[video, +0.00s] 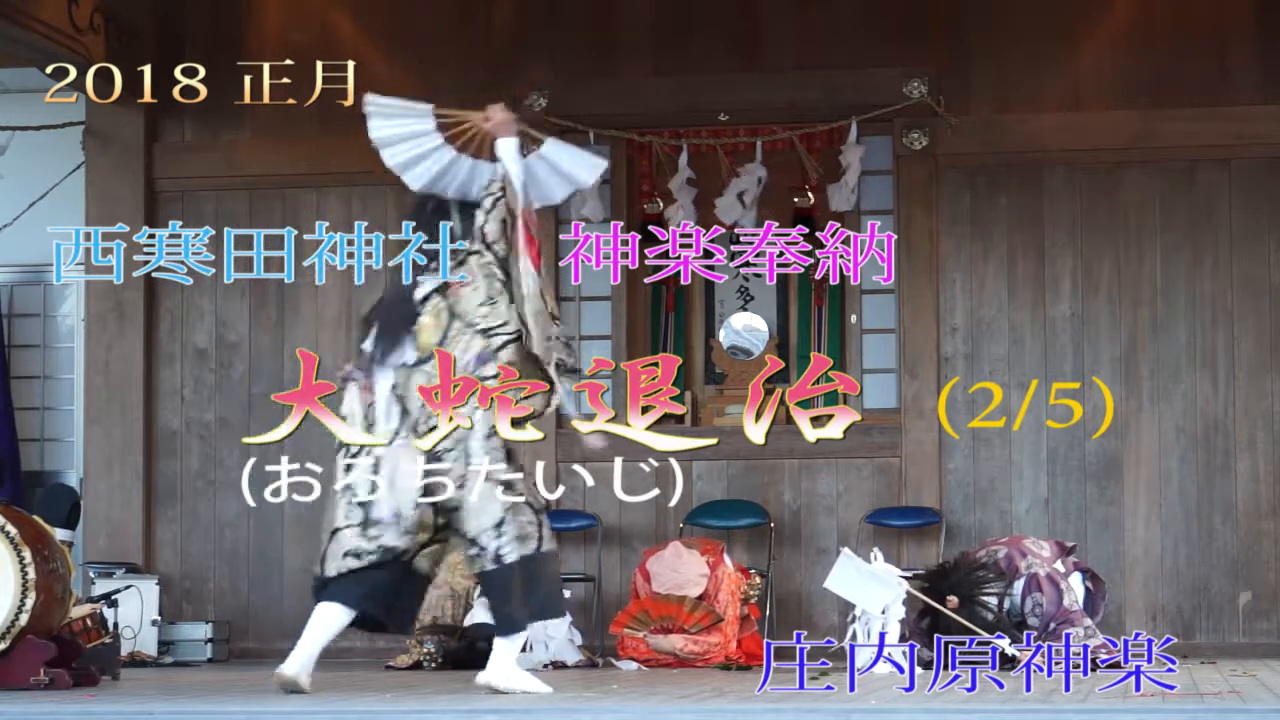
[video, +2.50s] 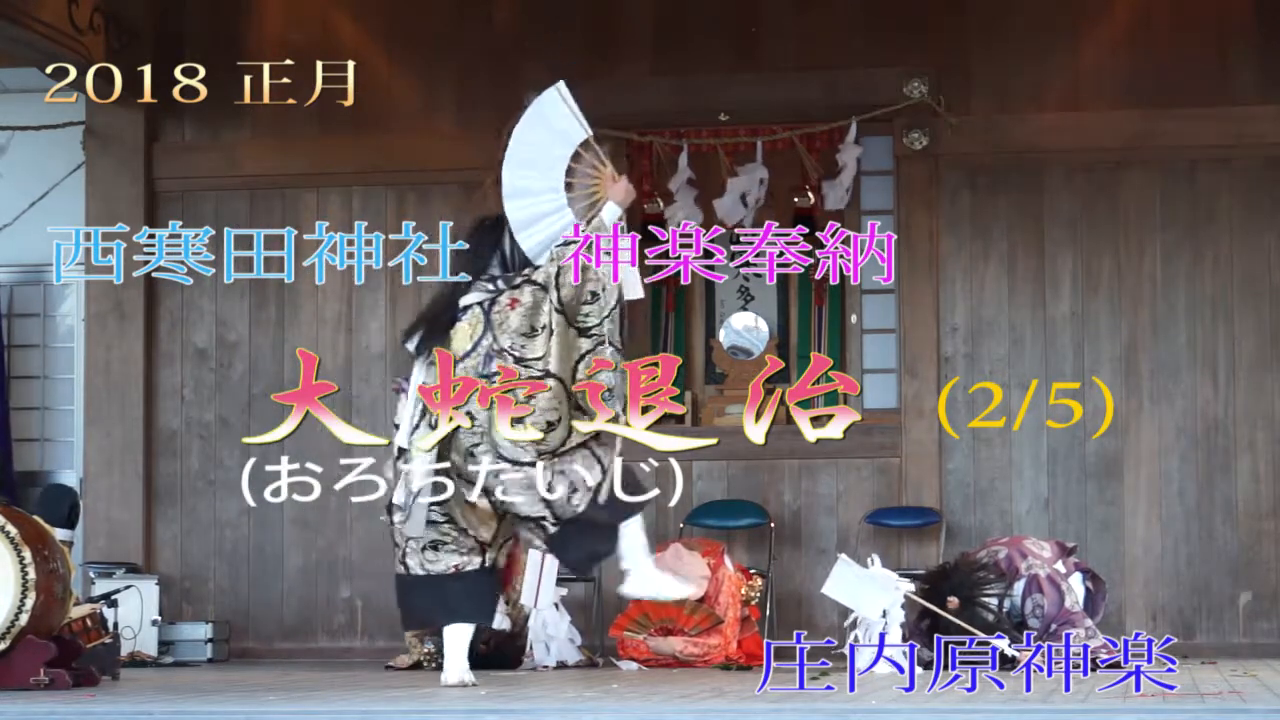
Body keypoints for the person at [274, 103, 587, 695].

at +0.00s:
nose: (482, 255)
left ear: (416, 243)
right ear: (464, 243)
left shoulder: (395, 308)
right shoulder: (477, 284)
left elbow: (372, 385)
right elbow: (502, 210)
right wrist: (507, 142)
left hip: (395, 452)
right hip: (464, 449)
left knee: (376, 548)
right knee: (516, 536)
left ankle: (303, 657)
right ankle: (505, 661)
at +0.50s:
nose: (544, 226)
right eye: (538, 218)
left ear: (475, 229)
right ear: (532, 225)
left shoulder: (459, 292)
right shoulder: (552, 274)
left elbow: (390, 342)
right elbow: (598, 226)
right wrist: (644, 161)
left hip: (494, 437)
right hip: (539, 438)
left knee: (545, 524)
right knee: (532, 539)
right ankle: (507, 664)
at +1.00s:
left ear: (444, 233)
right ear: (508, 235)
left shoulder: (416, 298)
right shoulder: (527, 288)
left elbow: (382, 375)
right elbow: (582, 239)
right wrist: (608, 172)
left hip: (424, 448)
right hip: (503, 445)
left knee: (410, 550)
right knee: (509, 547)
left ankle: (396, 666)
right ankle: (504, 660)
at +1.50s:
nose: (484, 220)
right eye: (479, 211)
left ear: (422, 217)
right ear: (477, 215)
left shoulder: (398, 272)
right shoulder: (493, 262)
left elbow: (373, 359)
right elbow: (539, 226)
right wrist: (572, 164)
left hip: (395, 418)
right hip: (460, 420)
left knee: (398, 530)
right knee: (460, 529)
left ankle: (393, 647)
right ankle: (449, 645)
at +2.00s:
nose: (513, 217)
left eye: (506, 208)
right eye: (508, 207)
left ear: (451, 216)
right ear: (503, 215)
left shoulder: (427, 272)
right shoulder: (508, 266)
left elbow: (389, 345)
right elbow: (567, 235)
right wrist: (614, 179)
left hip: (423, 409)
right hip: (482, 410)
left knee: (429, 518)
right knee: (472, 520)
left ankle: (433, 638)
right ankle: (450, 641)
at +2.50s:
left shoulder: (468, 307)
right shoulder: (549, 282)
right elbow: (581, 263)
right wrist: (612, 209)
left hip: (452, 457)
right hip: (514, 454)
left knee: (465, 550)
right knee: (616, 470)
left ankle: (454, 661)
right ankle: (640, 570)